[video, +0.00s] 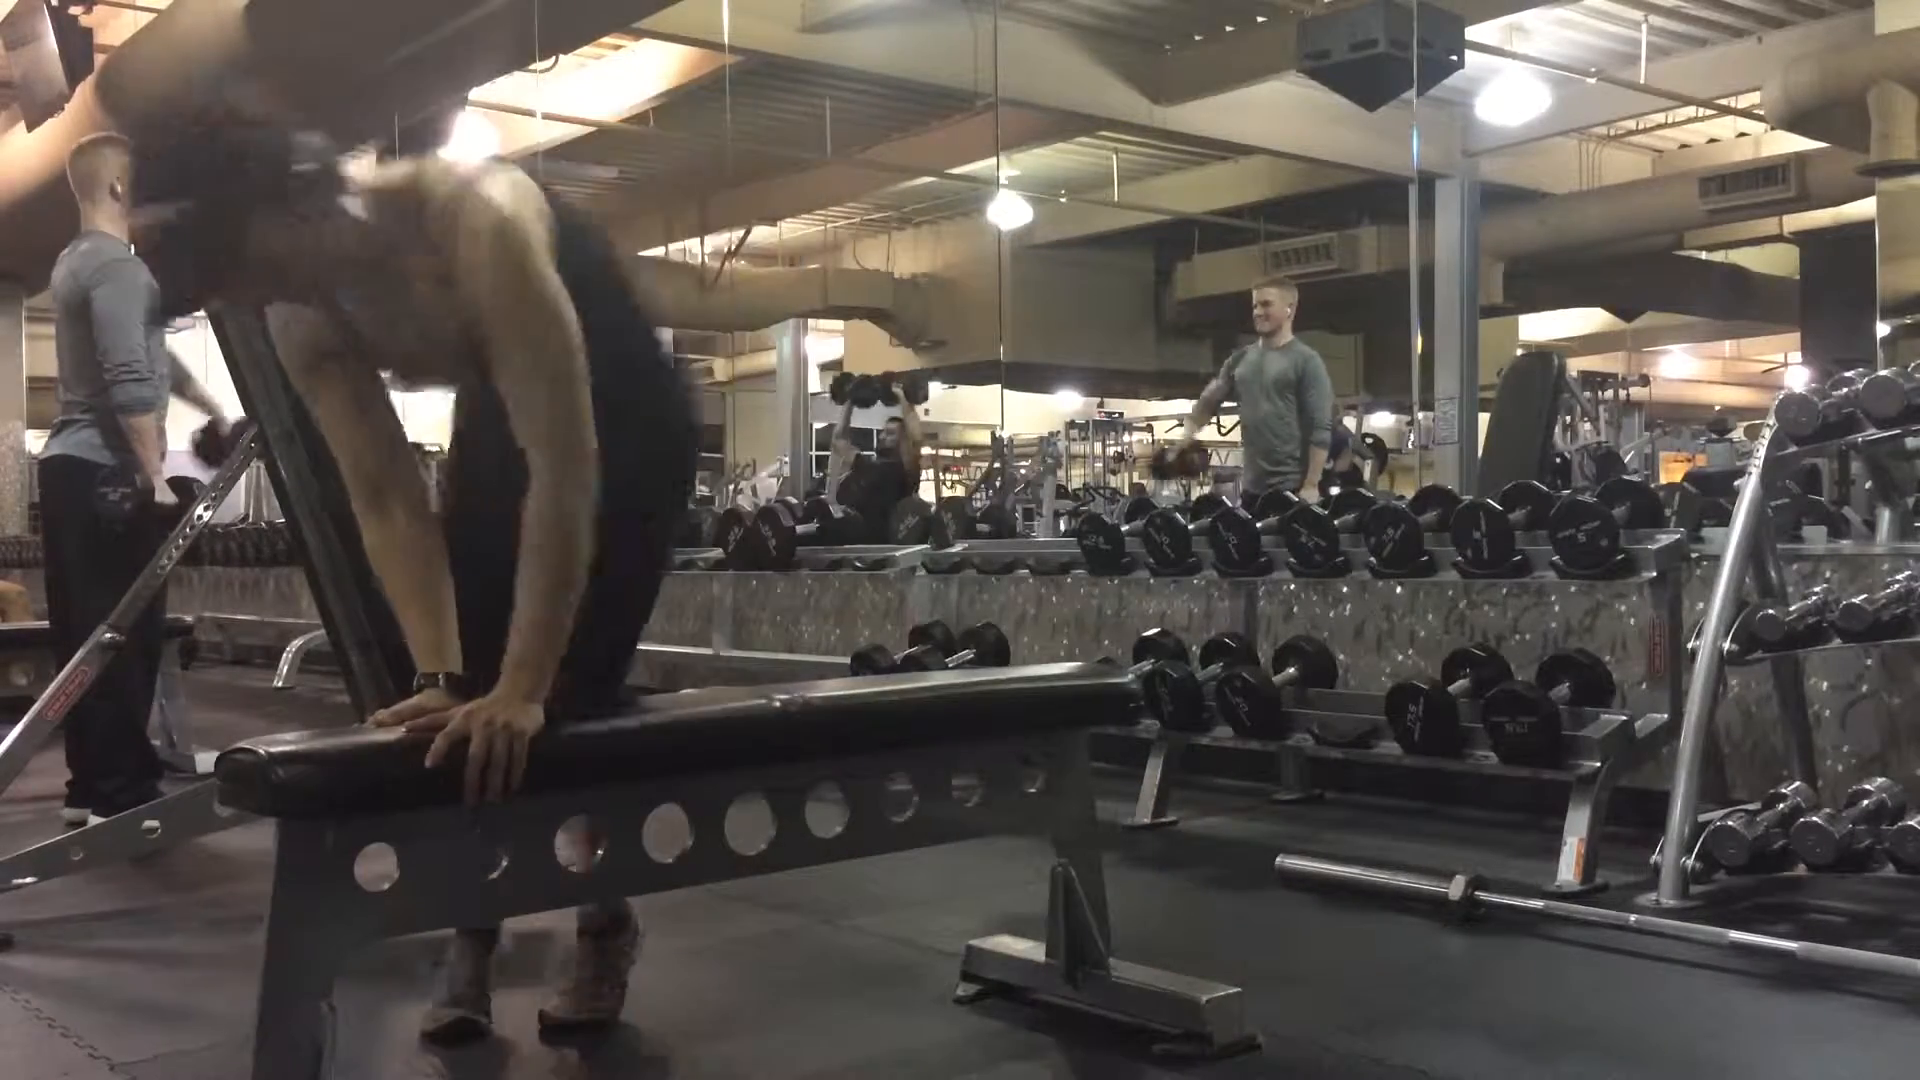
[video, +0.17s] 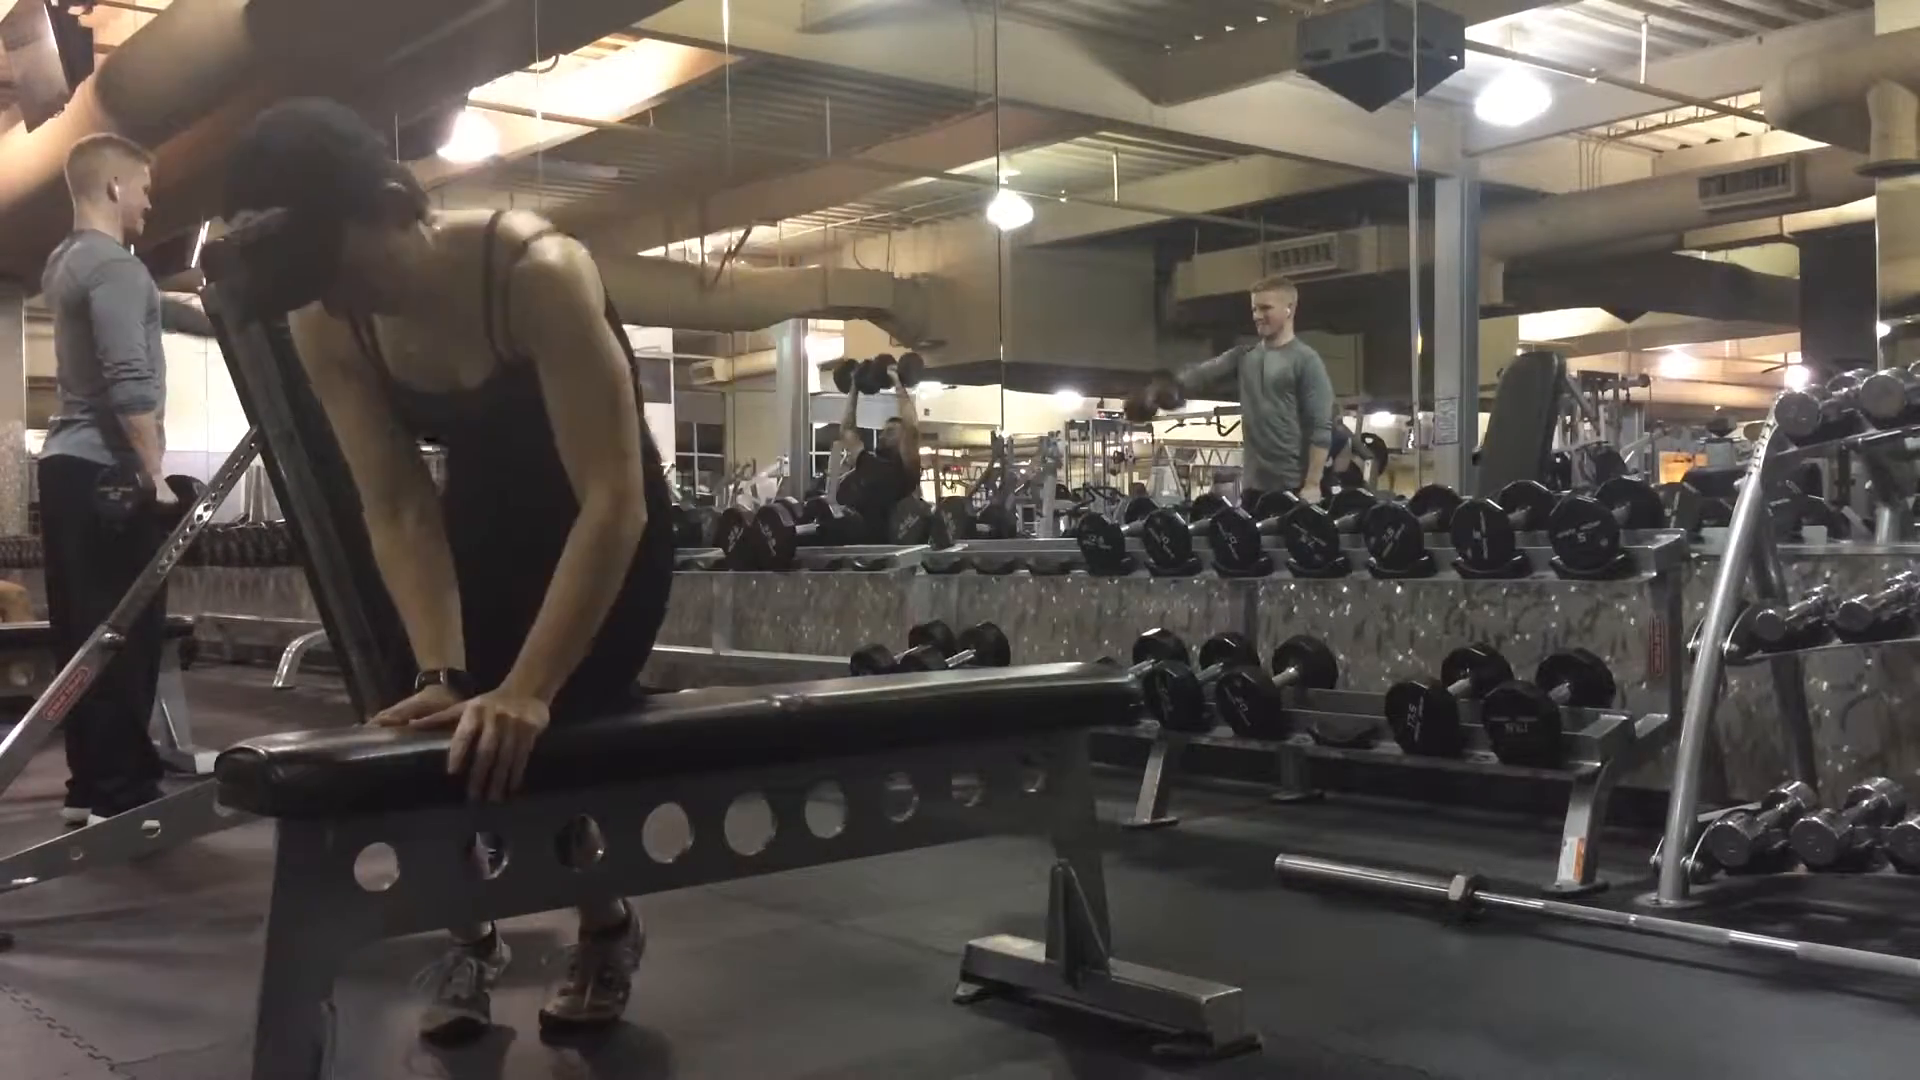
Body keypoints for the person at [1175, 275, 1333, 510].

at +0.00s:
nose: (1257, 312)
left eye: (1266, 305)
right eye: (1255, 306)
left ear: (1290, 309)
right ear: (1252, 309)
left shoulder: (1307, 361)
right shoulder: (1241, 359)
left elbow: (1321, 429)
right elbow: (1208, 401)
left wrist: (1311, 485)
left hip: (1292, 484)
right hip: (1252, 484)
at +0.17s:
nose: (1258, 316)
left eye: (1266, 308)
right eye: (1255, 310)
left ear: (1290, 309)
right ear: (1252, 311)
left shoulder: (1306, 360)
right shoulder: (1245, 356)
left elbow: (1321, 428)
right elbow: (1201, 375)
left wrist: (1312, 485)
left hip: (1293, 484)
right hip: (1254, 482)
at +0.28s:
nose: (1253, 319)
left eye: (1261, 311)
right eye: (1250, 312)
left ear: (1286, 310)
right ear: (1247, 313)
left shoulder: (1303, 359)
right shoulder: (1245, 352)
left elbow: (1319, 427)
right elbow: (1199, 360)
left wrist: (1312, 485)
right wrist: (1160, 360)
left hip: (1292, 485)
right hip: (1254, 483)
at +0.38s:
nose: (1249, 321)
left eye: (1256, 312)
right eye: (1246, 314)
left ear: (1280, 309)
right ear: (1243, 315)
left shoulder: (1300, 358)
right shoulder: (1243, 354)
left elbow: (1318, 426)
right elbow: (1201, 355)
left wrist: (1311, 484)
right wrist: (1167, 346)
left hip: (1290, 486)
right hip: (1254, 484)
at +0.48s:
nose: (1249, 321)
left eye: (1256, 312)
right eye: (1245, 314)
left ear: (1280, 310)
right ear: (1242, 315)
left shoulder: (1299, 359)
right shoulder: (1242, 355)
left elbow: (1316, 426)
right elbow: (1196, 354)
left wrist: (1310, 484)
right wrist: (1160, 341)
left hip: (1289, 485)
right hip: (1254, 485)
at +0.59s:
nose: (1249, 320)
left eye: (1256, 312)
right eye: (1246, 314)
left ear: (1281, 310)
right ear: (1244, 316)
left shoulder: (1300, 360)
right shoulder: (1242, 355)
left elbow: (1315, 427)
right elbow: (1194, 362)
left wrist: (1310, 485)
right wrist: (1146, 360)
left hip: (1289, 485)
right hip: (1252, 485)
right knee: (1251, 563)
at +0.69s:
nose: (1244, 321)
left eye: (1251, 313)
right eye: (1241, 314)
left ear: (1276, 311)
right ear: (1239, 316)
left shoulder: (1297, 365)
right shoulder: (1239, 357)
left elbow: (1311, 434)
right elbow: (1193, 376)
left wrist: (1308, 490)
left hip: (1286, 490)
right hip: (1250, 489)